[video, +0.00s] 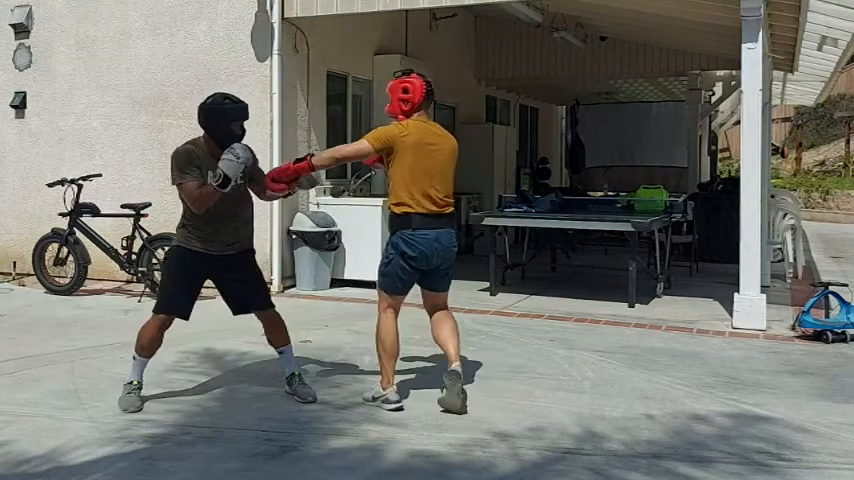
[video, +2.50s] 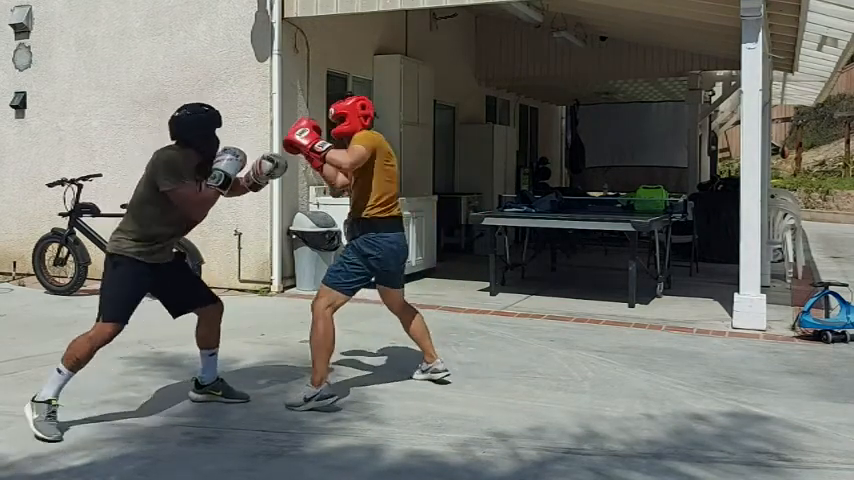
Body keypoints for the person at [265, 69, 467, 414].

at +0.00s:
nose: (388, 107)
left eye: (391, 101)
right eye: (389, 101)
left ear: (402, 102)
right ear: (427, 103)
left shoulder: (394, 133)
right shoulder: (449, 139)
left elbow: (341, 154)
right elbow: (423, 166)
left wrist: (301, 166)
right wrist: (386, 161)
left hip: (409, 236)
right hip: (445, 235)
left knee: (388, 308)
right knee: (438, 305)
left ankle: (388, 388)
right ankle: (455, 366)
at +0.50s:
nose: (405, 123)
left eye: (409, 118)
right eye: (405, 118)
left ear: (425, 119)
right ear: (427, 119)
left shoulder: (440, 147)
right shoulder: (438, 146)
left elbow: (465, 194)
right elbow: (445, 197)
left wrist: (443, 233)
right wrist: (412, 191)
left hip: (441, 236)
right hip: (457, 236)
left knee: (391, 297)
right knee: (456, 301)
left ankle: (396, 373)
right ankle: (494, 362)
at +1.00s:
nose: (371, 130)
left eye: (372, 124)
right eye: (369, 124)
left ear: (383, 123)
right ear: (386, 124)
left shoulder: (410, 145)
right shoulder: (391, 149)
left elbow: (379, 182)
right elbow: (358, 176)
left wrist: (367, 143)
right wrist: (344, 144)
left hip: (415, 243)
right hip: (424, 241)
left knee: (371, 305)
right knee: (426, 305)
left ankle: (366, 385)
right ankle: (478, 352)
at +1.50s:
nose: (368, 154)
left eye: (369, 148)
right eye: (366, 149)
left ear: (383, 147)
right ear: (387, 147)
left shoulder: (405, 169)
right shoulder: (392, 173)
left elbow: (383, 210)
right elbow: (365, 209)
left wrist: (367, 172)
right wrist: (349, 178)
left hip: (404, 265)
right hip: (413, 263)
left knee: (342, 310)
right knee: (409, 316)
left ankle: (365, 386)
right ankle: (463, 363)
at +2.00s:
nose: (333, 137)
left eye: (334, 132)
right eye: (332, 133)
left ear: (347, 131)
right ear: (353, 131)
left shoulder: (374, 150)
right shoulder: (354, 156)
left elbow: (351, 189)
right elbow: (324, 187)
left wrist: (333, 151)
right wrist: (310, 156)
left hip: (380, 249)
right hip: (387, 247)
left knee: (335, 308)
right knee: (400, 308)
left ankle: (325, 389)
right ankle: (452, 355)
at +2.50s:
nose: (337, 128)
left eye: (340, 121)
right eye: (336, 123)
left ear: (357, 118)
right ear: (364, 119)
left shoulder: (367, 138)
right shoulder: (373, 145)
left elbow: (349, 162)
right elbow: (338, 184)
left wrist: (315, 143)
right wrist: (314, 158)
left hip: (371, 240)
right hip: (392, 239)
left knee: (322, 306)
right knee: (397, 303)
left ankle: (319, 386)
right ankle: (433, 361)